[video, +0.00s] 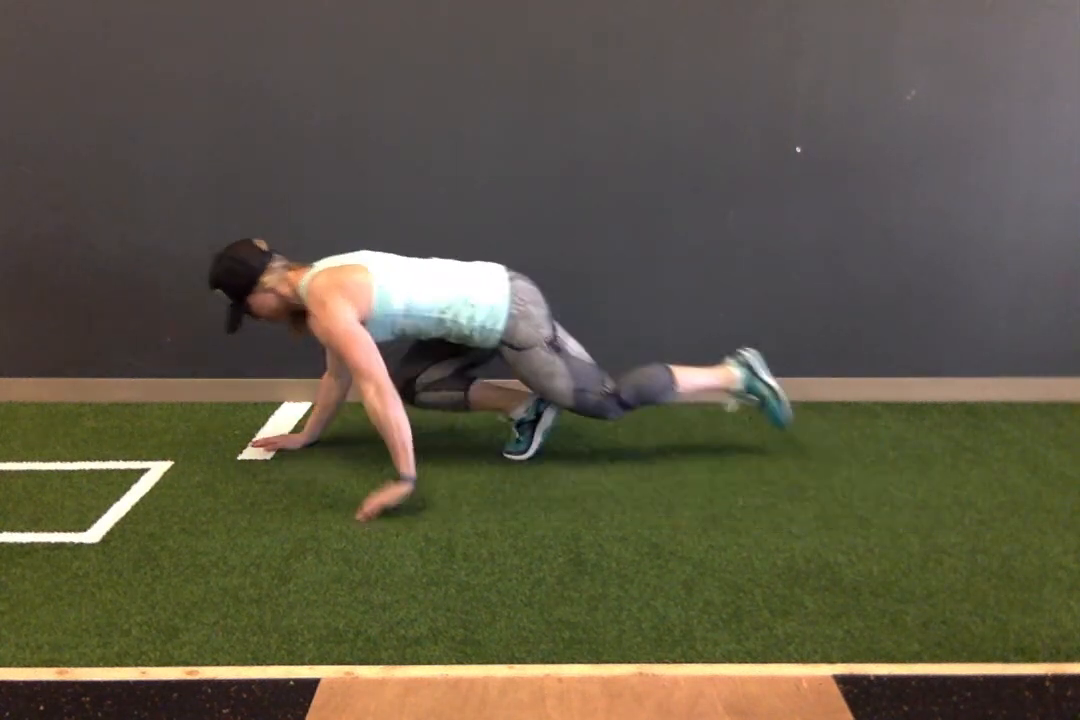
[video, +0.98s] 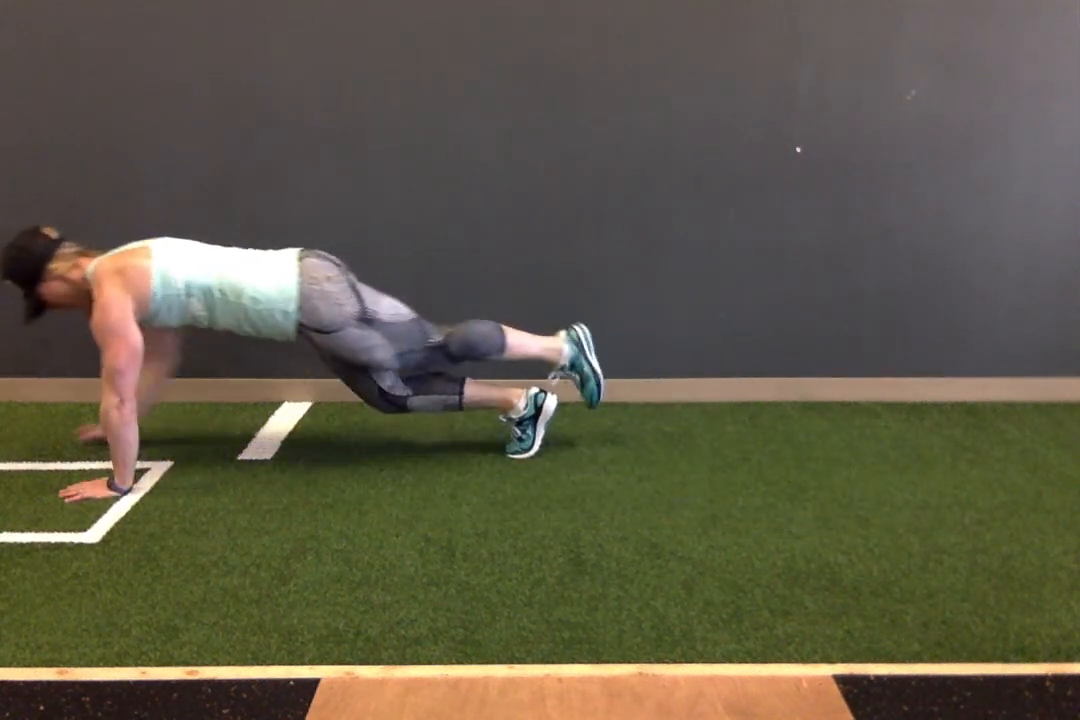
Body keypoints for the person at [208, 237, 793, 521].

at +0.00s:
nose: (254, 316)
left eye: (248, 307)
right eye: (247, 309)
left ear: (258, 291)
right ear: (272, 267)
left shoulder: (328, 308)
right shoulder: (323, 279)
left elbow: (375, 390)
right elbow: (346, 367)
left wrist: (405, 477)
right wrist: (307, 431)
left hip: (511, 310)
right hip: (477, 310)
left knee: (599, 398)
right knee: (401, 381)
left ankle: (735, 377)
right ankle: (526, 405)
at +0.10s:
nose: (233, 314)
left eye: (227, 303)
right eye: (225, 306)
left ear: (242, 283)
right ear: (248, 271)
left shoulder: (308, 299)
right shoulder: (301, 278)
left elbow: (361, 385)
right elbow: (332, 360)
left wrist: (359, 464)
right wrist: (307, 427)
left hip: (488, 307)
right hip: (449, 319)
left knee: (580, 385)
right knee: (402, 397)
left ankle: (709, 369)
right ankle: (521, 402)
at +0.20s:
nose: (211, 309)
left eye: (205, 297)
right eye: (203, 301)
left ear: (221, 276)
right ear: (226, 269)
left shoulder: (285, 292)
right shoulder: (279, 278)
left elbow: (310, 396)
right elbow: (305, 379)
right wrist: (274, 438)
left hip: (467, 299)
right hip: (423, 320)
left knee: (566, 369)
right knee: (398, 404)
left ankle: (691, 358)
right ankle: (525, 399)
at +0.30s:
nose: (195, 307)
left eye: (186, 296)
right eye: (187, 299)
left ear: (198, 275)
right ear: (210, 260)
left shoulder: (264, 286)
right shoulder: (267, 275)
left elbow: (239, 389)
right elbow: (307, 361)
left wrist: (185, 464)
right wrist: (304, 431)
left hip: (448, 294)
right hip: (412, 315)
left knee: (559, 352)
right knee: (394, 406)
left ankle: (676, 345)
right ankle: (519, 409)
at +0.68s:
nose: (116, 308)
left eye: (108, 301)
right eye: (107, 303)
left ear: (115, 280)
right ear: (133, 256)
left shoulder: (170, 296)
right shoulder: (197, 268)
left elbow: (148, 399)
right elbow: (263, 345)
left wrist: (124, 478)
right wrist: (295, 416)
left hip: (370, 293)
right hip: (362, 290)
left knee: (488, 335)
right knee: (393, 405)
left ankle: (608, 333)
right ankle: (519, 403)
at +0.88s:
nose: (74, 308)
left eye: (64, 300)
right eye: (65, 303)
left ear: (69, 280)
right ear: (87, 254)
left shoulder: (127, 294)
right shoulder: (153, 257)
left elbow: (126, 396)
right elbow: (223, 324)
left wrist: (120, 478)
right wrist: (208, 403)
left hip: (326, 296)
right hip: (324, 278)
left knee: (442, 347)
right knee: (391, 396)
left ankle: (573, 353)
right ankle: (525, 403)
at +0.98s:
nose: (57, 306)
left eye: (48, 298)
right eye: (48, 299)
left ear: (52, 280)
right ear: (68, 252)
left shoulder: (110, 296)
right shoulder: (135, 262)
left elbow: (122, 395)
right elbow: (163, 356)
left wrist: (120, 481)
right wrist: (120, 415)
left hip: (307, 301)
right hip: (311, 268)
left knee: (410, 370)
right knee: (406, 366)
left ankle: (535, 392)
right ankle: (553, 360)